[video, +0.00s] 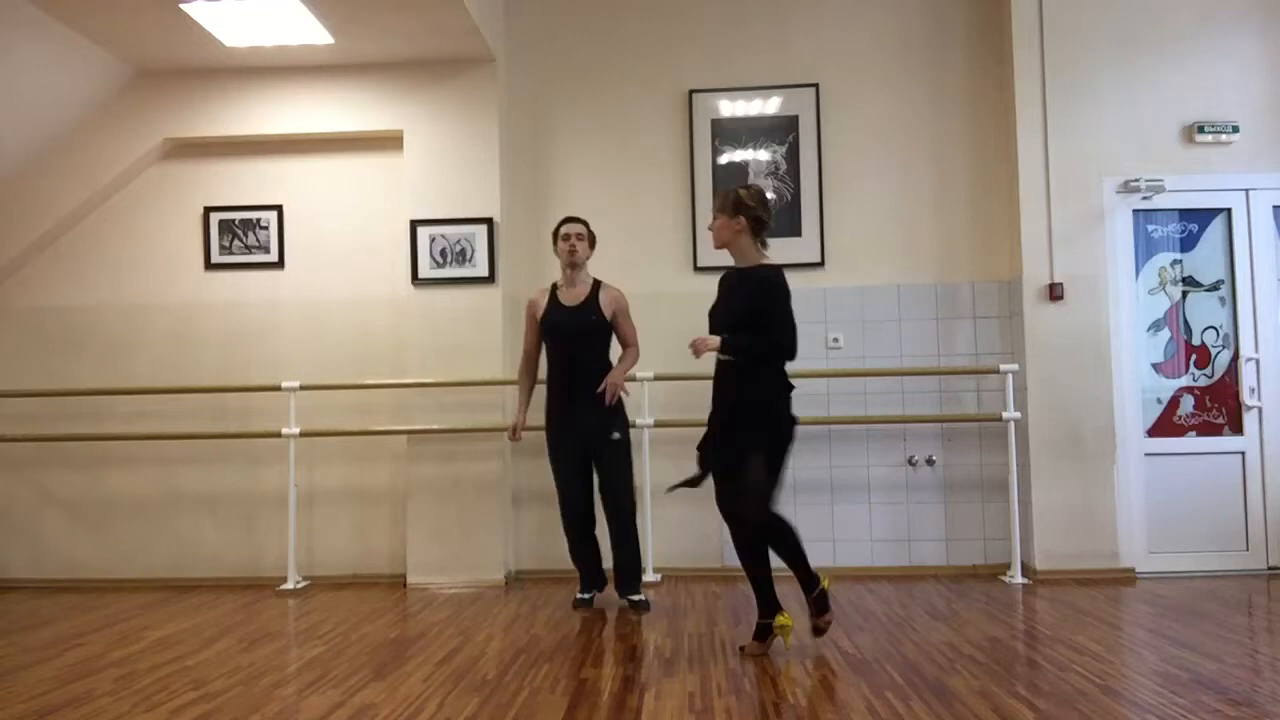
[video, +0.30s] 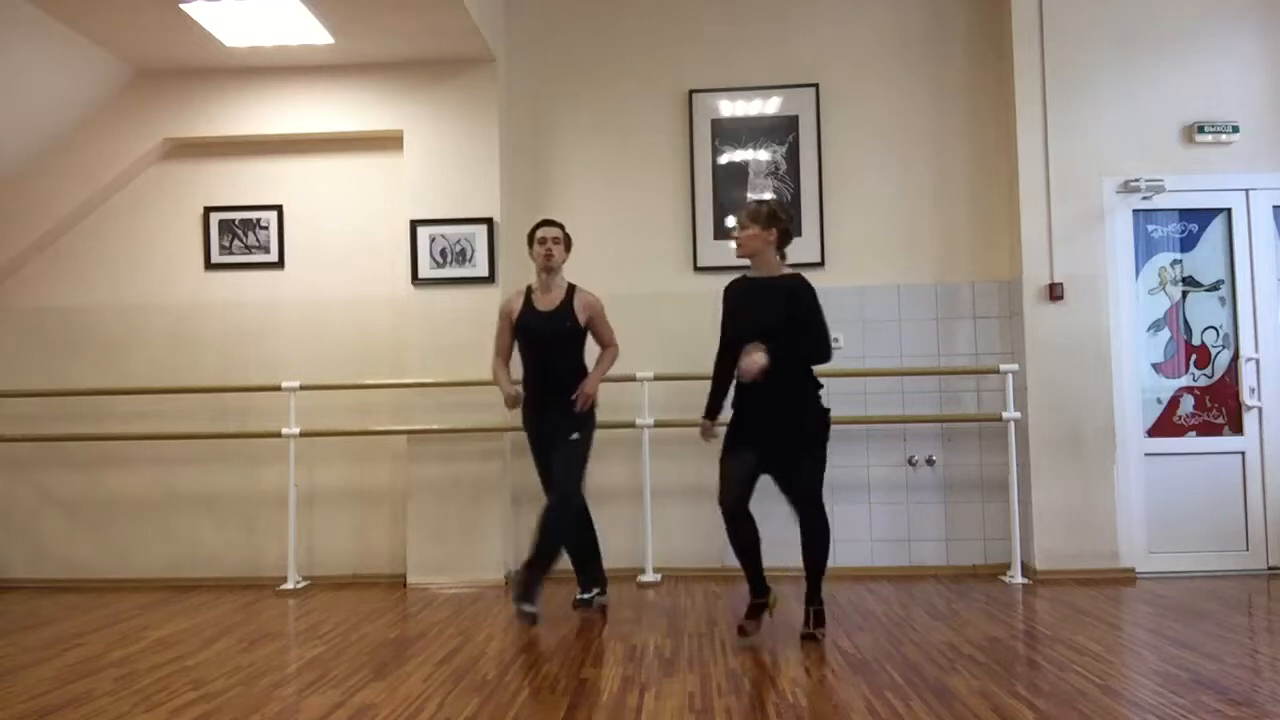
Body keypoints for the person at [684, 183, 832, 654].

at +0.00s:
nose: (710, 225)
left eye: (717, 218)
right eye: (713, 218)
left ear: (739, 224)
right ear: (737, 225)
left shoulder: (769, 279)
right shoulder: (728, 281)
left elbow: (784, 347)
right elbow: (733, 369)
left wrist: (722, 343)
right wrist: (715, 430)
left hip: (768, 408)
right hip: (733, 409)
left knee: (756, 509)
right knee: (733, 508)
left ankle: (812, 586)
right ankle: (769, 610)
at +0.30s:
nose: (737, 234)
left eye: (746, 227)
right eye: (739, 227)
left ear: (772, 235)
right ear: (759, 237)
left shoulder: (797, 288)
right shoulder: (737, 290)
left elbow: (820, 349)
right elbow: (727, 352)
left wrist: (772, 355)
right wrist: (712, 410)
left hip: (798, 416)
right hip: (751, 415)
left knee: (810, 508)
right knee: (731, 502)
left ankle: (814, 600)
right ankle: (758, 592)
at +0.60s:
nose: (749, 235)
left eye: (758, 229)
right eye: (748, 229)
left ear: (783, 235)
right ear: (752, 237)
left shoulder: (806, 287)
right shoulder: (735, 286)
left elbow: (826, 333)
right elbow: (715, 339)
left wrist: (832, 352)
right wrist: (714, 368)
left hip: (794, 394)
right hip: (749, 396)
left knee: (787, 496)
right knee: (763, 499)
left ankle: (801, 594)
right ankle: (779, 590)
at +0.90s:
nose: (774, 236)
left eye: (782, 229)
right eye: (767, 229)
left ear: (793, 239)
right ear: (756, 238)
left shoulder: (809, 292)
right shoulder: (738, 292)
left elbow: (821, 350)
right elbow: (713, 352)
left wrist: (775, 351)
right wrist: (731, 352)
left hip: (804, 413)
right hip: (755, 414)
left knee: (797, 509)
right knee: (753, 504)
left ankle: (794, 600)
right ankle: (767, 578)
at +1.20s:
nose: (775, 233)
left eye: (782, 226)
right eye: (767, 226)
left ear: (794, 236)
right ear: (757, 235)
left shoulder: (810, 291)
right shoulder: (737, 289)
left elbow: (824, 354)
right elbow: (714, 342)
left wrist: (805, 339)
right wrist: (736, 356)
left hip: (803, 411)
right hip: (756, 412)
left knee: (798, 510)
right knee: (764, 504)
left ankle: (795, 603)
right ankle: (770, 606)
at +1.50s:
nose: (769, 230)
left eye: (776, 223)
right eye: (761, 223)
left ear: (789, 233)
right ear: (751, 234)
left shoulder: (810, 285)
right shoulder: (738, 291)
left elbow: (831, 337)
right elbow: (726, 357)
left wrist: (815, 339)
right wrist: (753, 349)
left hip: (792, 412)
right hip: (745, 414)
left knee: (787, 510)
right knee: (756, 511)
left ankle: (795, 606)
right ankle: (771, 607)